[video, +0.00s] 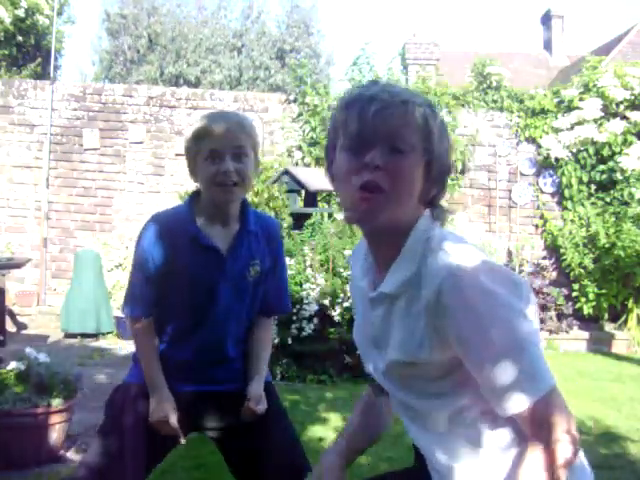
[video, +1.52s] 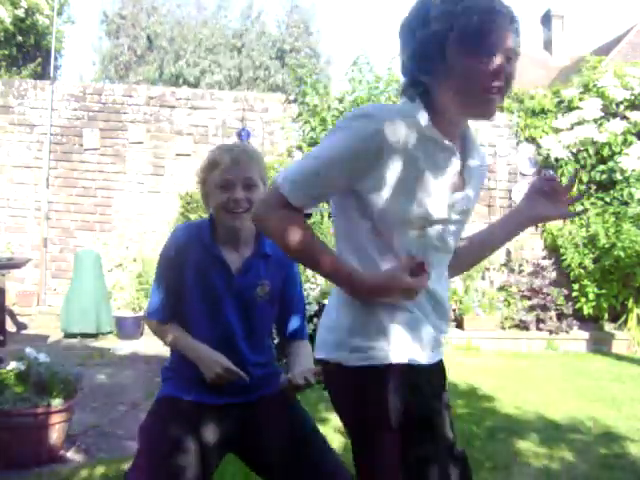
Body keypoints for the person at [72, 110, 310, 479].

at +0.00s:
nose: (227, 168)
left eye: (239, 157)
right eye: (213, 158)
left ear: (254, 166)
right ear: (193, 167)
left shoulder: (266, 232)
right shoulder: (162, 230)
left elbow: (266, 316)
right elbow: (139, 317)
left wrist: (257, 380)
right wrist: (158, 392)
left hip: (239, 384)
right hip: (167, 384)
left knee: (288, 469)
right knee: (112, 469)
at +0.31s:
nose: (245, 143)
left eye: (253, 134)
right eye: (232, 133)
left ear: (265, 144)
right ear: (208, 138)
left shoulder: (272, 210)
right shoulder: (173, 187)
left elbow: (266, 285)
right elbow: (133, 255)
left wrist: (276, 334)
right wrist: (158, 313)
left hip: (238, 364)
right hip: (163, 359)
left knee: (290, 470)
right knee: (124, 467)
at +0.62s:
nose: (220, 87)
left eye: (231, 75)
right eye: (207, 76)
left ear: (248, 74)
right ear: (187, 77)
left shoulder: (267, 120)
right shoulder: (167, 116)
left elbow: (302, 201)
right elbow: (133, 200)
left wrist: (270, 210)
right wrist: (192, 201)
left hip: (246, 257)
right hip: (178, 250)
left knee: (295, 333)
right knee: (90, 312)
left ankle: (307, 419)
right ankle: (173, 366)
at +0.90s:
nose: (207, 178)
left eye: (218, 165)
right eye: (194, 169)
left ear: (239, 167)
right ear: (179, 176)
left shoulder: (271, 230)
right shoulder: (168, 224)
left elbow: (294, 313)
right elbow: (169, 302)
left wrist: (282, 370)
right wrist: (184, 343)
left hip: (262, 377)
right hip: (191, 371)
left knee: (304, 463)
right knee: (125, 455)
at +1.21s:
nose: (215, 164)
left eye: (226, 153)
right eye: (203, 157)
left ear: (248, 165)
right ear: (187, 171)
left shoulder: (280, 236)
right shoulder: (174, 231)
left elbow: (308, 306)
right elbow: (160, 303)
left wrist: (300, 340)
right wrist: (194, 328)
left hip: (263, 387)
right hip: (186, 383)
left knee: (299, 472)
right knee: (112, 465)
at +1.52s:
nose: (238, 197)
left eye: (249, 187)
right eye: (225, 187)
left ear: (264, 192)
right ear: (206, 194)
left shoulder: (279, 253)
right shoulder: (185, 241)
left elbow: (295, 332)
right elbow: (157, 317)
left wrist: (301, 366)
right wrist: (199, 353)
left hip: (261, 397)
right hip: (191, 398)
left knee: (329, 474)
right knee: (154, 474)